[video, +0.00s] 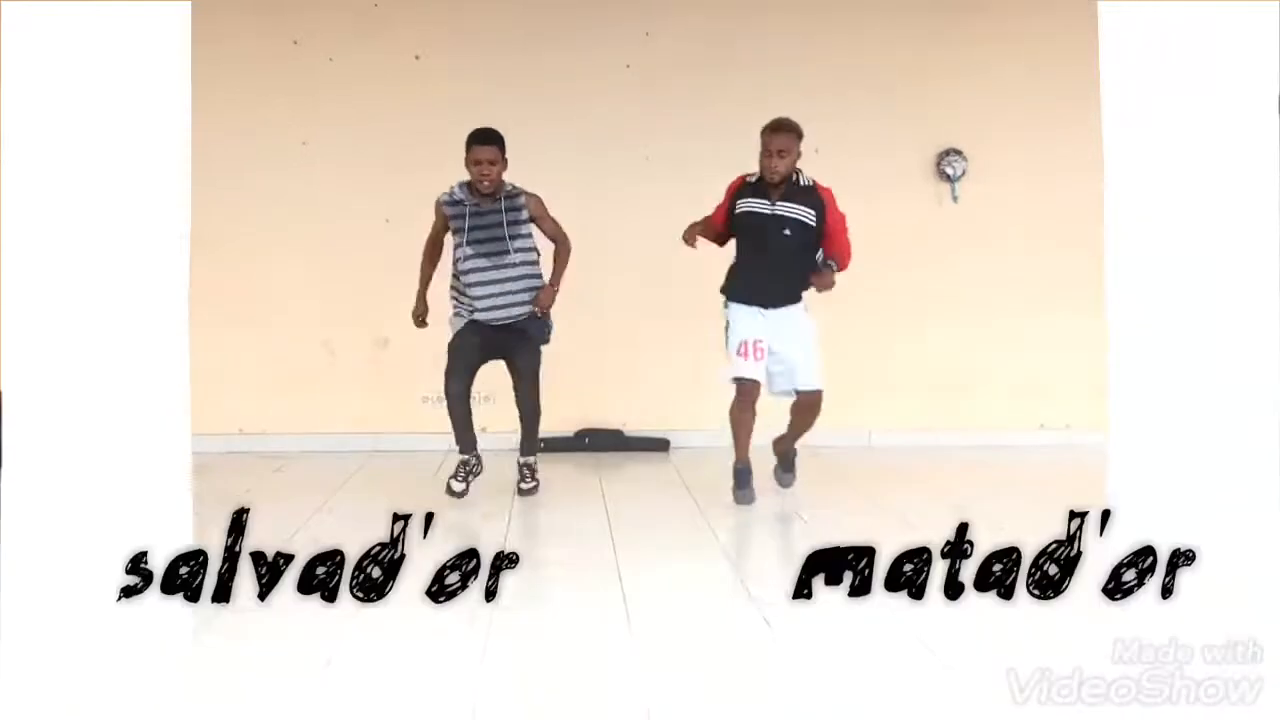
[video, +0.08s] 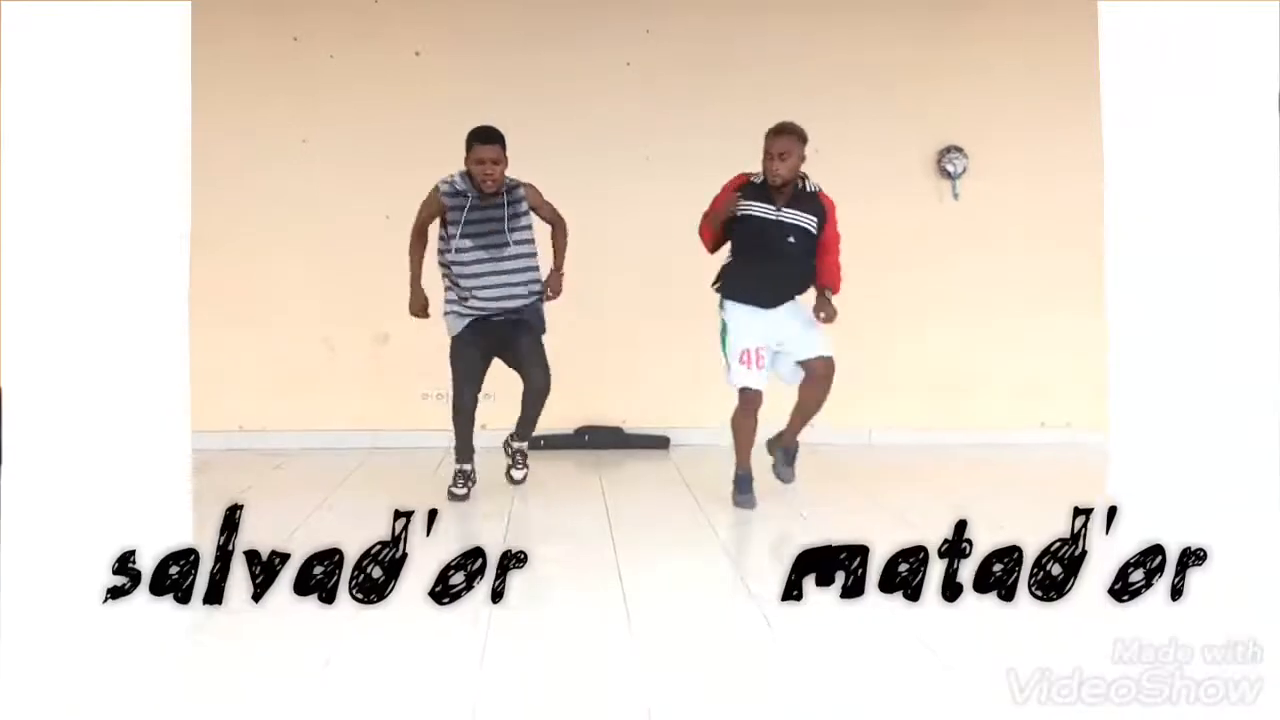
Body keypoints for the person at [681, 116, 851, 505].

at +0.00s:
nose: (773, 162)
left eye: (782, 155)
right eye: (768, 153)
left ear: (797, 156)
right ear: (759, 152)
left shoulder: (818, 198)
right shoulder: (741, 189)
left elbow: (839, 245)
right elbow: (721, 230)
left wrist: (829, 268)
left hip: (791, 308)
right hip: (745, 306)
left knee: (811, 399)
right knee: (747, 390)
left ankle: (786, 445)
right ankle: (742, 466)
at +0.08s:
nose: (775, 164)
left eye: (784, 157)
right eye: (770, 155)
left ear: (801, 159)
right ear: (762, 156)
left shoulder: (819, 204)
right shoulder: (740, 190)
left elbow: (828, 250)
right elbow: (710, 241)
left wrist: (825, 291)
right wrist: (719, 211)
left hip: (790, 306)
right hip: (743, 306)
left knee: (821, 371)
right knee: (750, 397)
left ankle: (787, 440)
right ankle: (742, 473)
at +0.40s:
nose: (757, 109)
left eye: (765, 99)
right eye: (751, 100)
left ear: (784, 96)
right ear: (743, 100)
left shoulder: (812, 136)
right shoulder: (734, 148)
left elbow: (861, 185)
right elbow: (709, 197)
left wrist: (843, 176)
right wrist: (680, 238)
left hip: (794, 259)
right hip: (753, 261)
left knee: (826, 341)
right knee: (737, 353)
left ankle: (860, 436)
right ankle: (671, 335)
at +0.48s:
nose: (756, 107)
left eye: (766, 98)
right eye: (750, 98)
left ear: (786, 94)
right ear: (744, 96)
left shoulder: (811, 132)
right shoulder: (734, 144)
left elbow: (859, 183)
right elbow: (702, 189)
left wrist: (830, 158)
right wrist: (661, 223)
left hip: (790, 253)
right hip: (750, 253)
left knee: (833, 327)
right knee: (738, 348)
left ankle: (885, 413)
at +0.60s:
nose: (764, 122)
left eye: (772, 114)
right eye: (758, 113)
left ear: (790, 113)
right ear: (748, 113)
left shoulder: (814, 153)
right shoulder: (731, 154)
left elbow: (842, 205)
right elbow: (691, 186)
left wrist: (818, 207)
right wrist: (650, 222)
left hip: (792, 262)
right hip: (748, 262)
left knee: (828, 340)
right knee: (760, 349)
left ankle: (821, 441)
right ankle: (700, 404)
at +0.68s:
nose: (762, 136)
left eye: (771, 128)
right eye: (756, 127)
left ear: (788, 127)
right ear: (747, 125)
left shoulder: (811, 168)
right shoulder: (729, 164)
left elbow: (827, 213)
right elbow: (693, 194)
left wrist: (823, 252)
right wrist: (660, 230)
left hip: (800, 281)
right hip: (749, 282)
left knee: (812, 370)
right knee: (744, 372)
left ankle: (796, 463)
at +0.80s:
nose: (768, 157)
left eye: (777, 150)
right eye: (761, 149)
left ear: (793, 154)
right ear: (752, 152)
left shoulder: (810, 205)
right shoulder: (732, 192)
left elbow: (832, 248)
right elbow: (697, 251)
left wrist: (858, 259)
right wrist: (710, 248)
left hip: (786, 310)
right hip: (736, 309)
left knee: (795, 379)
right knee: (727, 390)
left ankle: (800, 445)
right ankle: (744, 475)